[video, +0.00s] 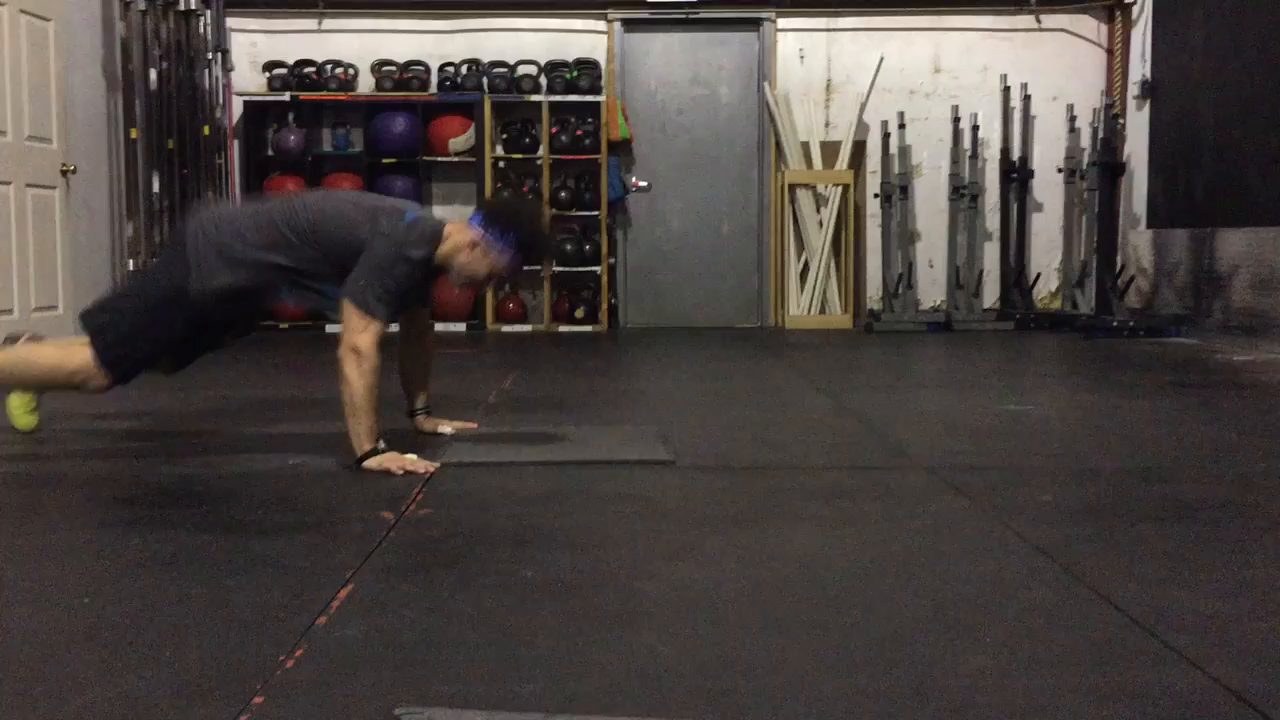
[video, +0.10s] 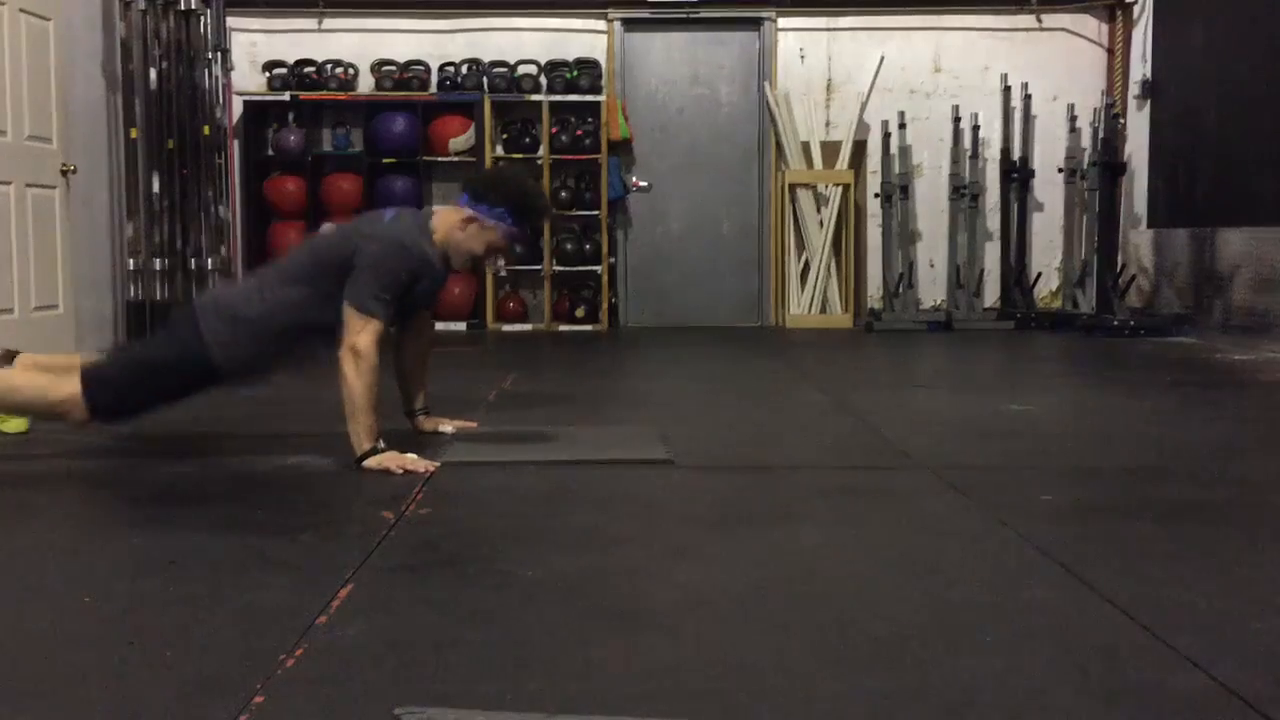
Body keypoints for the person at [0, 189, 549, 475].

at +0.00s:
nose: (481, 281)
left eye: (491, 275)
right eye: (488, 270)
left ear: (478, 239)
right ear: (474, 236)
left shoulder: (430, 246)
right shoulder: (399, 241)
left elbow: (415, 331)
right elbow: (356, 345)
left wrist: (420, 410)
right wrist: (367, 450)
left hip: (243, 282)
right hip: (210, 260)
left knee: (119, 358)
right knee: (99, 365)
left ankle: (24, 371)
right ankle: (7, 362)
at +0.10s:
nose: (493, 256)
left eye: (501, 248)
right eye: (495, 243)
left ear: (476, 220)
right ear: (469, 215)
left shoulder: (430, 256)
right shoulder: (394, 246)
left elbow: (415, 333)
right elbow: (356, 346)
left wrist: (417, 409)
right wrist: (369, 449)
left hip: (232, 332)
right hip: (216, 334)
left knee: (97, 376)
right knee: (76, 399)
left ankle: (11, 368)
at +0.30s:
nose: (493, 319)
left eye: (498, 308)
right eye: (492, 305)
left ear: (462, 287)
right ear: (459, 286)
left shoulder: (423, 317)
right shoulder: (399, 311)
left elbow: (381, 369)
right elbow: (323, 368)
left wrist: (416, 418)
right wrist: (365, 452)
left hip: (235, 392)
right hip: (217, 404)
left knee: (118, 406)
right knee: (52, 427)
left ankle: (16, 363)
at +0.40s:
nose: (506, 376)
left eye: (512, 365)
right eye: (506, 362)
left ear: (482, 331)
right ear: (482, 336)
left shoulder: (436, 347)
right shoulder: (419, 346)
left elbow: (354, 378)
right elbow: (322, 372)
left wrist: (418, 413)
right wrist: (366, 451)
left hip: (234, 392)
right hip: (218, 405)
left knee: (109, 400)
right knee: (49, 429)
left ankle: (8, 360)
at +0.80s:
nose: (514, 312)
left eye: (519, 301)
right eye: (512, 297)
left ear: (482, 281)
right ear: (476, 278)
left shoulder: (439, 305)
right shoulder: (420, 304)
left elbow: (387, 355)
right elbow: (339, 354)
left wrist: (419, 408)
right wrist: (366, 448)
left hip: (250, 379)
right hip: (236, 390)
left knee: (129, 401)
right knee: (77, 424)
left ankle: (21, 360)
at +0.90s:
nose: (509, 279)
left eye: (517, 269)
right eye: (512, 265)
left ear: (484, 240)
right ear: (484, 241)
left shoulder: (432, 262)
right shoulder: (416, 266)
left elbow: (410, 340)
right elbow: (353, 343)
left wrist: (421, 413)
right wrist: (366, 444)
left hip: (243, 335)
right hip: (237, 350)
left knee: (137, 376)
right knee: (96, 410)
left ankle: (16, 360)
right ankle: (1, 383)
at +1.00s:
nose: (525, 270)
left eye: (535, 262)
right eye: (530, 256)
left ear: (508, 229)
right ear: (506, 226)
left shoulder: (452, 243)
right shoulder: (434, 242)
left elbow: (430, 331)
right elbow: (381, 338)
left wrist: (421, 417)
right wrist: (367, 444)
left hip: (257, 292)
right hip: (247, 291)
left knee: (120, 356)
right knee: (113, 362)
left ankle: (11, 376)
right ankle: (7, 376)